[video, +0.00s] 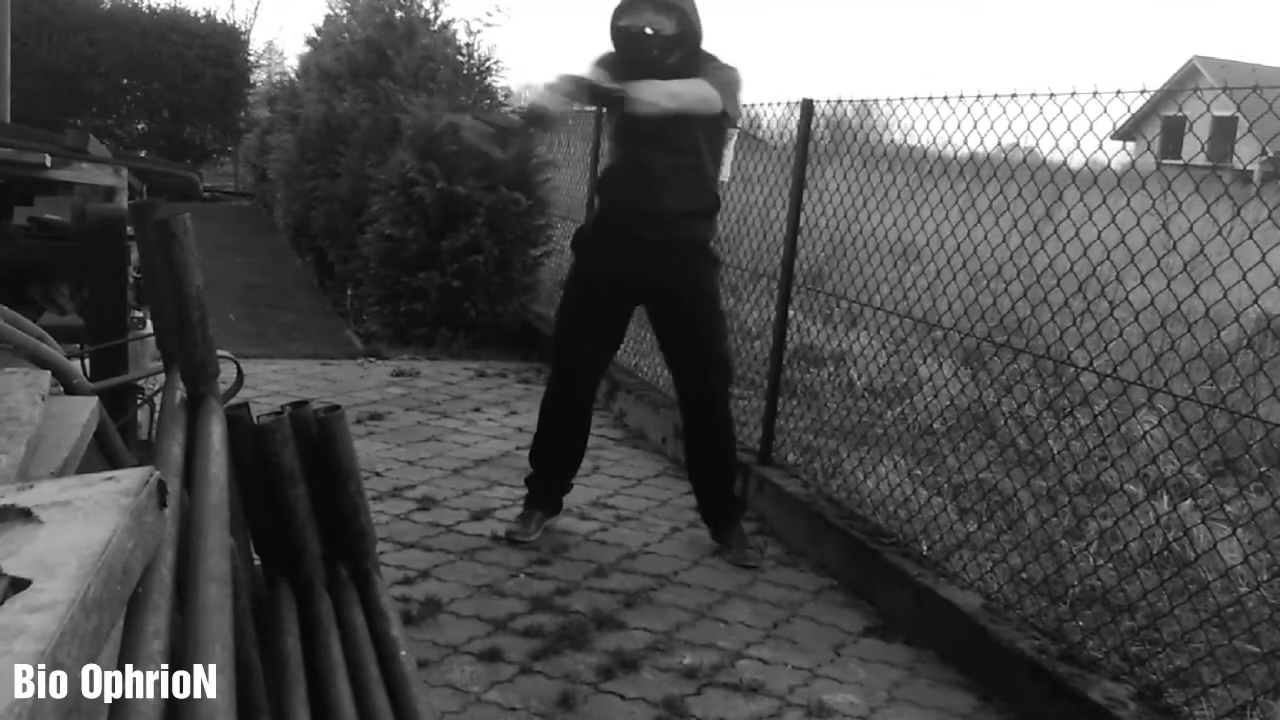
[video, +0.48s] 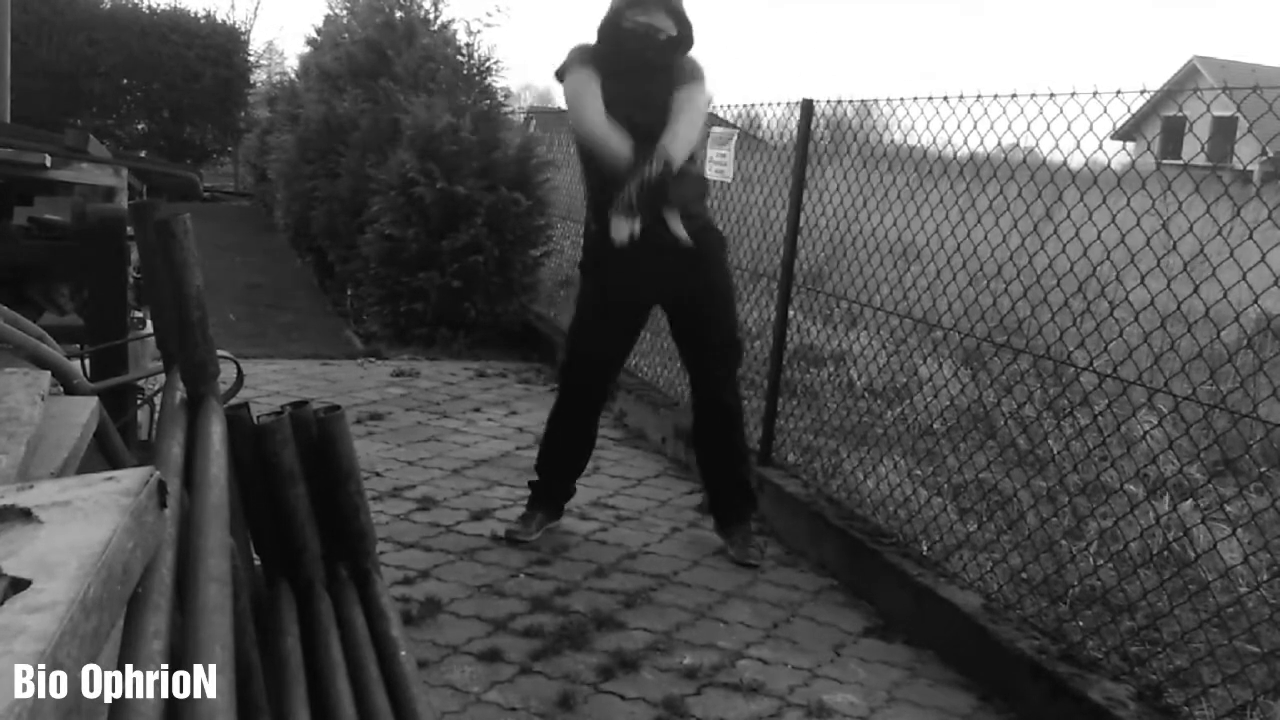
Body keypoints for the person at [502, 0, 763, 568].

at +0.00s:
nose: (643, 41)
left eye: (657, 29)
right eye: (631, 31)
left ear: (684, 35)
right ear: (619, 36)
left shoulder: (719, 78)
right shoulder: (614, 74)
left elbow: (655, 98)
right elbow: (557, 91)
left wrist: (603, 92)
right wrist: (538, 104)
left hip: (682, 255)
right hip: (608, 248)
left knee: (707, 387)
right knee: (571, 375)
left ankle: (725, 520)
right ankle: (542, 499)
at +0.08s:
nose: (657, 58)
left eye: (671, 45)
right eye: (648, 46)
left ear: (701, 44)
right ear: (638, 46)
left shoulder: (737, 92)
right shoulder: (633, 94)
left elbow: (657, 114)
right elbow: (614, 142)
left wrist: (575, 95)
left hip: (671, 270)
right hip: (604, 258)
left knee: (690, 401)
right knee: (570, 382)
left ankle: (722, 524)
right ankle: (541, 500)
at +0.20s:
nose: (667, 57)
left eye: (680, 46)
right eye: (655, 45)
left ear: (707, 44)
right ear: (644, 46)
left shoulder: (739, 93)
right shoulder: (639, 90)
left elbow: (684, 145)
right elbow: (608, 165)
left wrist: (616, 108)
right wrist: (617, 159)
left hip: (674, 271)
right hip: (609, 257)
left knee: (691, 401)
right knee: (568, 379)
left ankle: (720, 523)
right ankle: (542, 498)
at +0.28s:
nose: (656, 45)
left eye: (671, 33)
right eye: (645, 34)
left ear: (697, 35)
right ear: (632, 36)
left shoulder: (727, 75)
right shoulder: (631, 80)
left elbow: (717, 128)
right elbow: (593, 129)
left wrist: (648, 108)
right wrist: (613, 84)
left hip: (683, 256)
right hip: (612, 247)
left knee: (705, 391)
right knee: (571, 374)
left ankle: (724, 522)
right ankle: (542, 499)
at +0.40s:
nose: (657, 21)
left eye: (671, 15)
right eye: (647, 11)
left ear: (688, 23)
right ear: (627, 14)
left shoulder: (704, 58)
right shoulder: (607, 53)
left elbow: (721, 96)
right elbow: (570, 78)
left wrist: (665, 120)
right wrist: (632, 80)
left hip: (689, 254)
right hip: (613, 248)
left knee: (711, 388)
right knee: (575, 379)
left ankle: (729, 522)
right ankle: (543, 501)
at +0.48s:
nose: (647, 29)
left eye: (660, 23)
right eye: (638, 17)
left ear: (676, 34)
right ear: (614, 17)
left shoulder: (687, 72)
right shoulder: (584, 62)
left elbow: (689, 121)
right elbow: (591, 123)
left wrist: (658, 171)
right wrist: (642, 170)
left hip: (692, 251)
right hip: (616, 250)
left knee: (717, 382)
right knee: (584, 380)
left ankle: (735, 518)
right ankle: (546, 501)